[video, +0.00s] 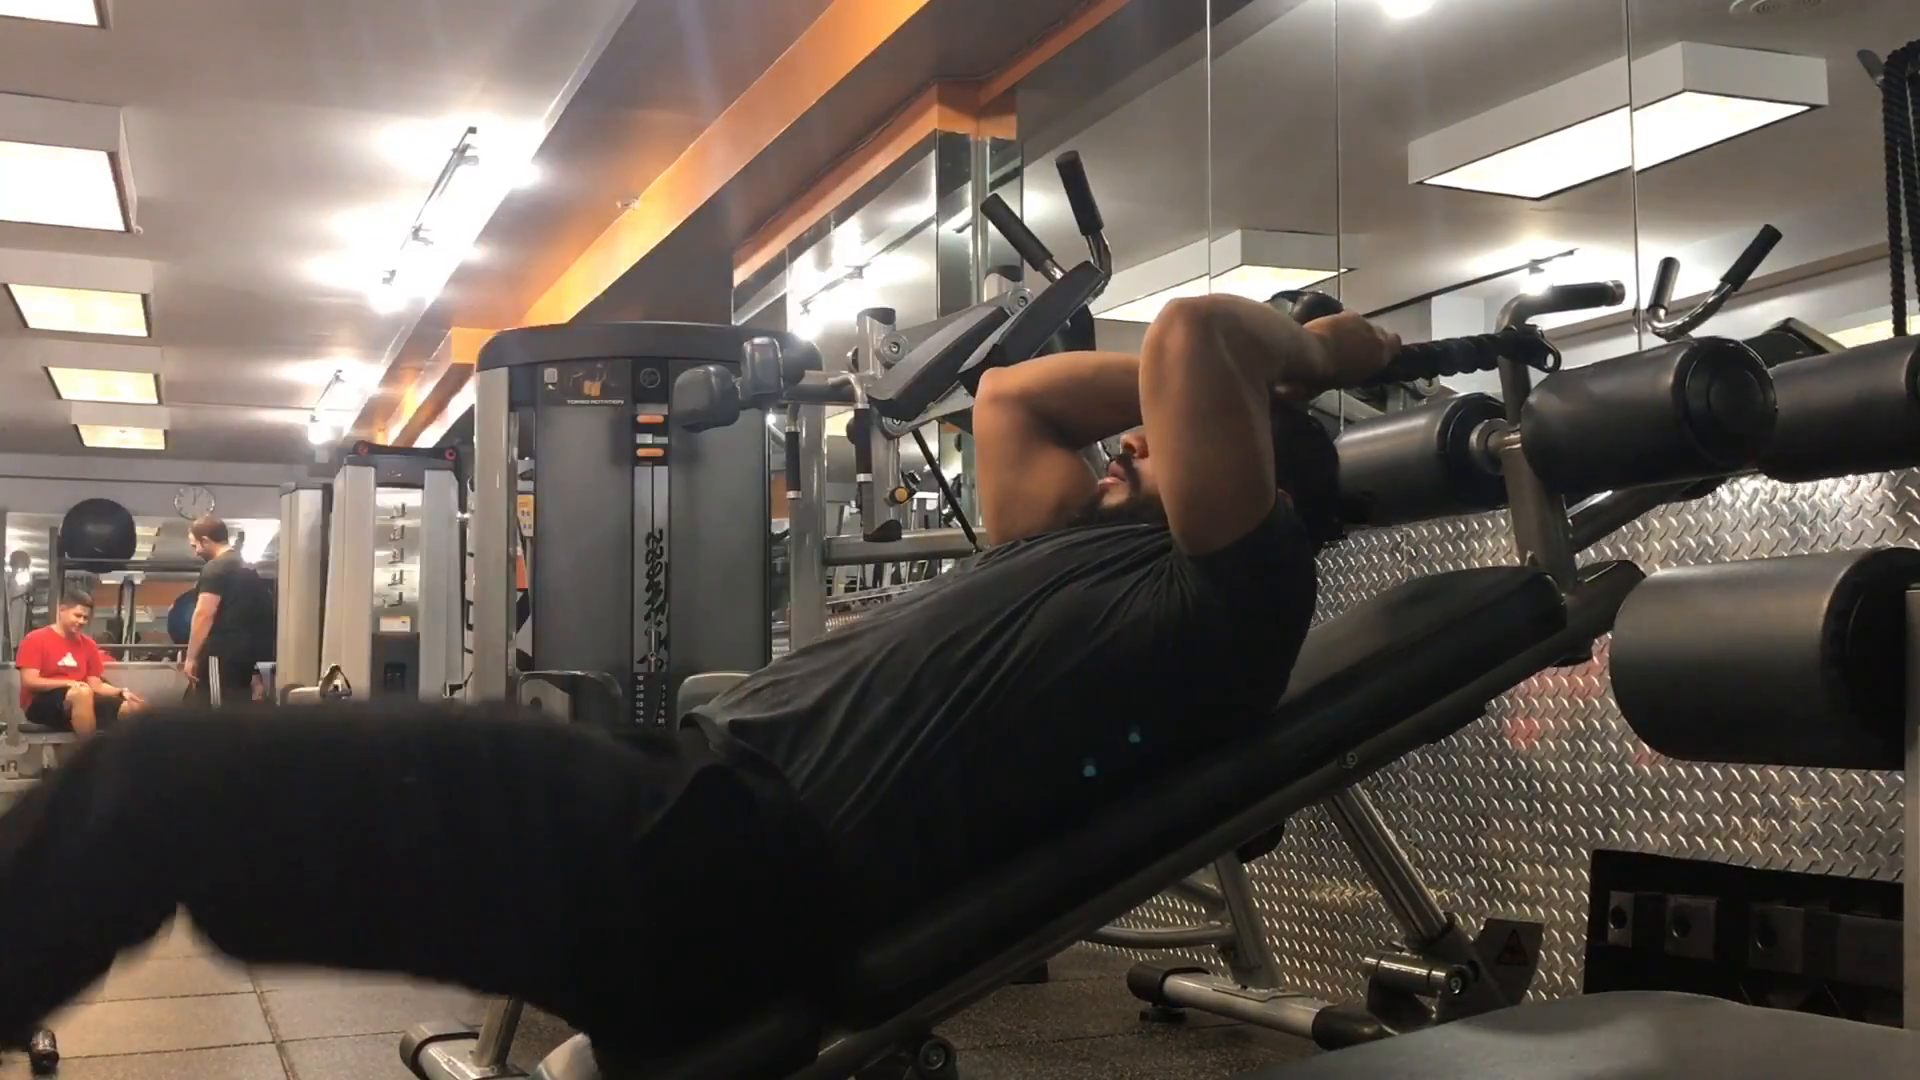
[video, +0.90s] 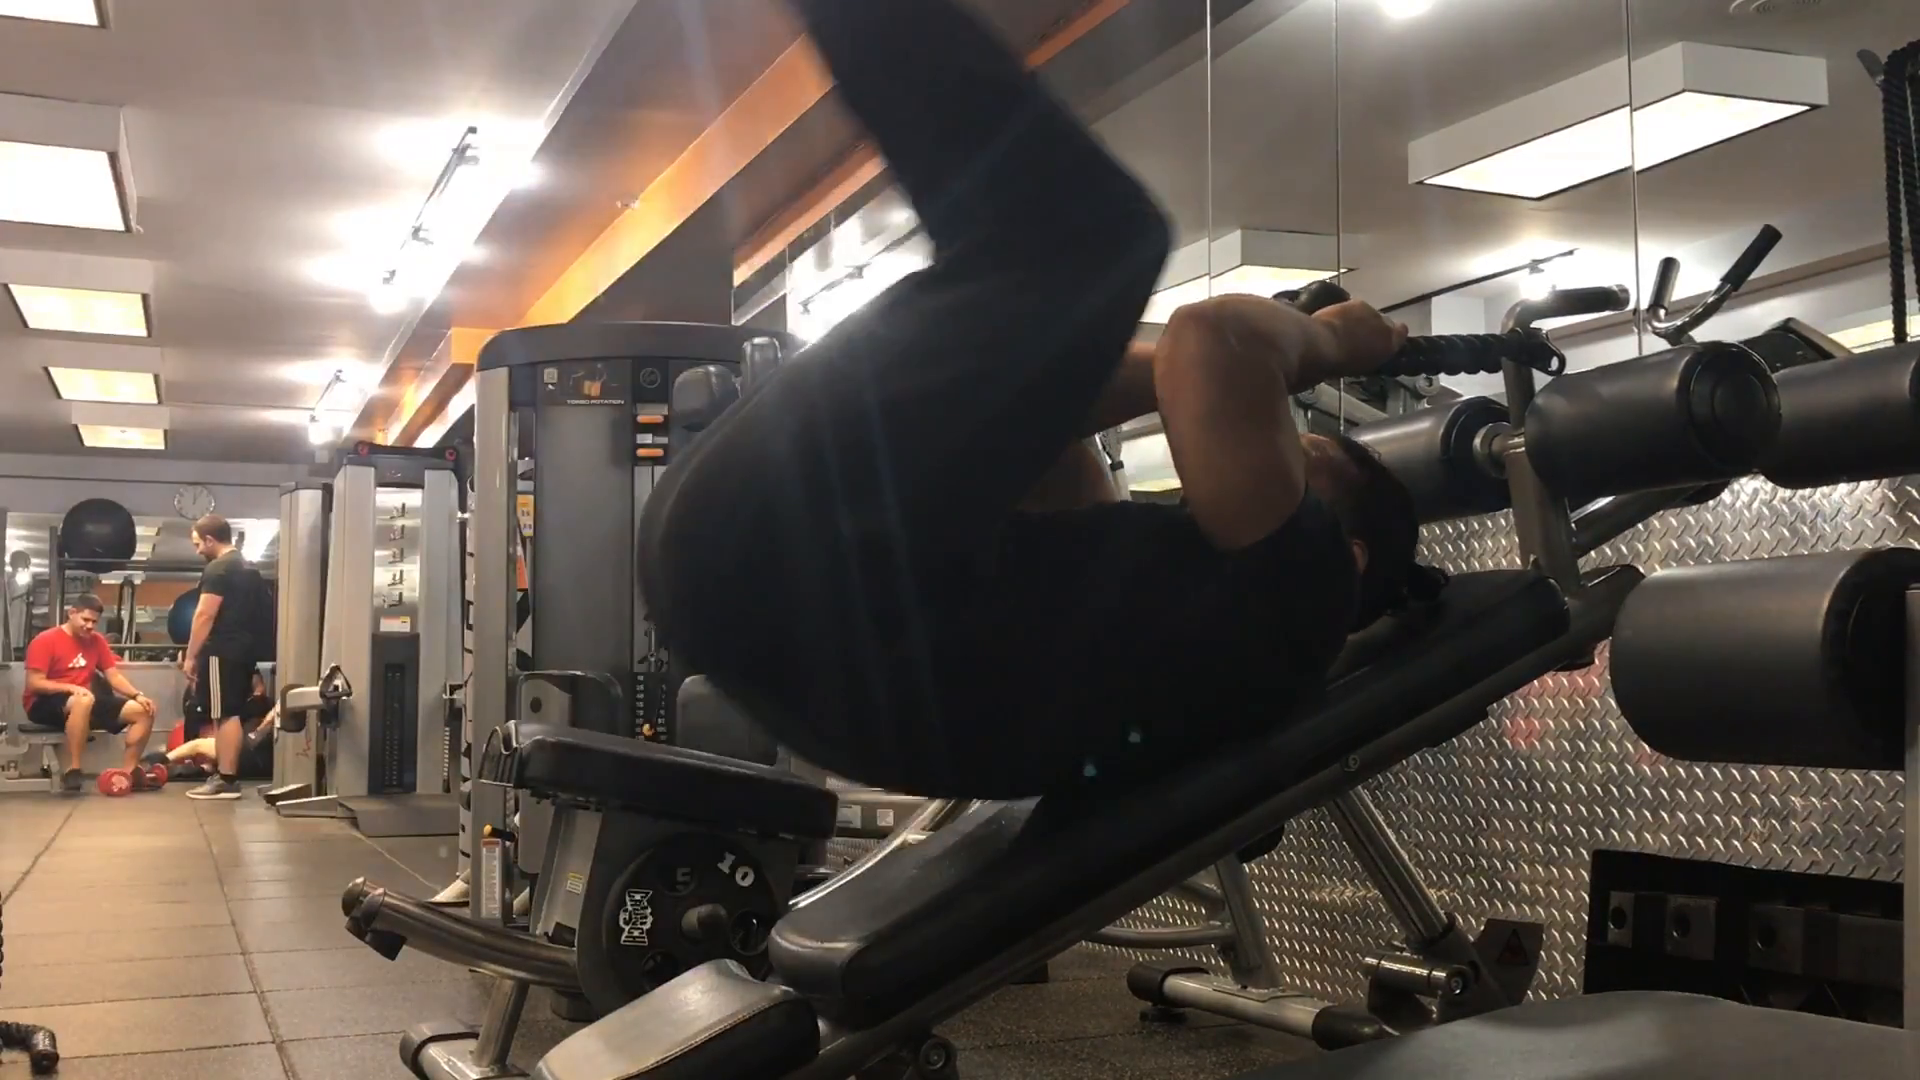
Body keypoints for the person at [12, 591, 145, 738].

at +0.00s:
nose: (82, 622)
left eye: (85, 618)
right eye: (77, 615)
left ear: (89, 619)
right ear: (61, 611)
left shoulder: (88, 644)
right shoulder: (35, 640)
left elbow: (95, 684)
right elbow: (30, 681)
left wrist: (120, 692)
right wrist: (69, 683)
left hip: (85, 701)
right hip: (42, 704)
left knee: (131, 707)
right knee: (82, 693)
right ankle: (93, 757)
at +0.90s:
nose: (89, 626)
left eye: (94, 622)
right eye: (85, 619)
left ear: (98, 622)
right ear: (71, 613)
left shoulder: (96, 641)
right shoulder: (45, 640)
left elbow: (113, 675)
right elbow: (34, 683)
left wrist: (137, 695)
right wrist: (73, 689)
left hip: (85, 703)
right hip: (44, 704)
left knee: (143, 712)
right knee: (83, 700)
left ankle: (128, 774)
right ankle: (74, 771)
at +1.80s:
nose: (87, 628)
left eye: (92, 624)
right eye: (83, 622)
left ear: (96, 624)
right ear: (69, 618)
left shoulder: (95, 642)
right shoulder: (44, 641)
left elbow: (113, 678)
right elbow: (25, 682)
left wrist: (135, 695)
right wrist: (62, 684)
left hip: (82, 702)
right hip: (42, 704)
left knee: (143, 712)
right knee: (61, 690)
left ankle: (126, 774)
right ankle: (64, 756)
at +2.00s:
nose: (87, 631)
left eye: (93, 626)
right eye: (83, 624)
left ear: (97, 625)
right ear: (71, 616)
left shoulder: (99, 644)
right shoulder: (43, 643)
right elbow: (28, 683)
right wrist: (66, 684)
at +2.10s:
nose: (88, 631)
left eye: (93, 626)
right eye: (83, 625)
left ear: (97, 625)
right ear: (71, 617)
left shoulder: (98, 642)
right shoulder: (45, 642)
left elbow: (113, 677)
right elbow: (28, 684)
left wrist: (136, 695)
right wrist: (65, 686)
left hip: (84, 702)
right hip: (43, 705)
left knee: (142, 712)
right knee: (63, 692)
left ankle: (126, 769)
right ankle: (65, 761)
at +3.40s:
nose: (81, 619)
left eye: (85, 614)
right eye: (75, 614)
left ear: (90, 615)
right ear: (61, 616)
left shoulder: (96, 637)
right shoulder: (45, 641)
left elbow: (119, 665)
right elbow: (47, 680)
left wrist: (135, 693)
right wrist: (88, 671)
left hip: (86, 702)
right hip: (44, 704)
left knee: (142, 712)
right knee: (71, 693)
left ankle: (125, 775)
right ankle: (72, 765)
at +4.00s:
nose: (83, 620)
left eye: (86, 614)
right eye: (76, 616)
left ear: (92, 615)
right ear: (64, 620)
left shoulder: (99, 635)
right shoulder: (48, 641)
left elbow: (134, 661)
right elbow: (52, 681)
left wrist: (144, 694)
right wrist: (95, 684)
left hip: (86, 704)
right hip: (45, 705)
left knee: (144, 711)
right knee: (68, 693)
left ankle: (125, 775)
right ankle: (71, 764)